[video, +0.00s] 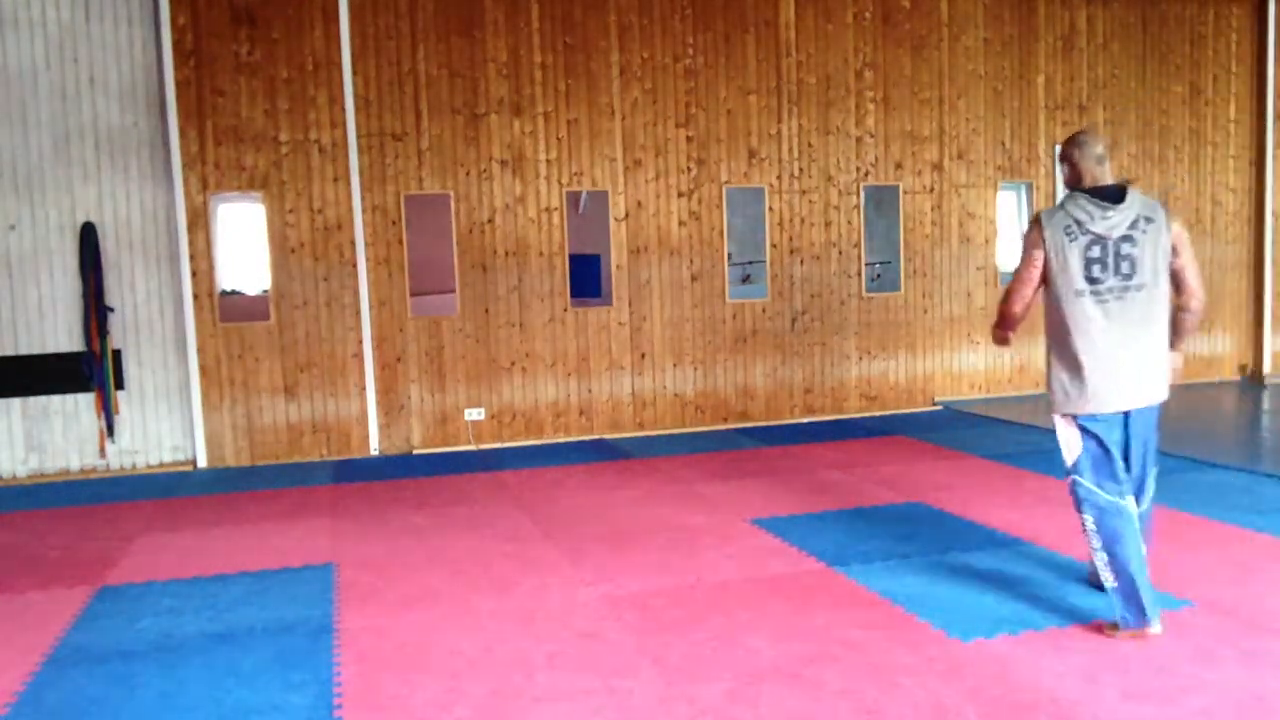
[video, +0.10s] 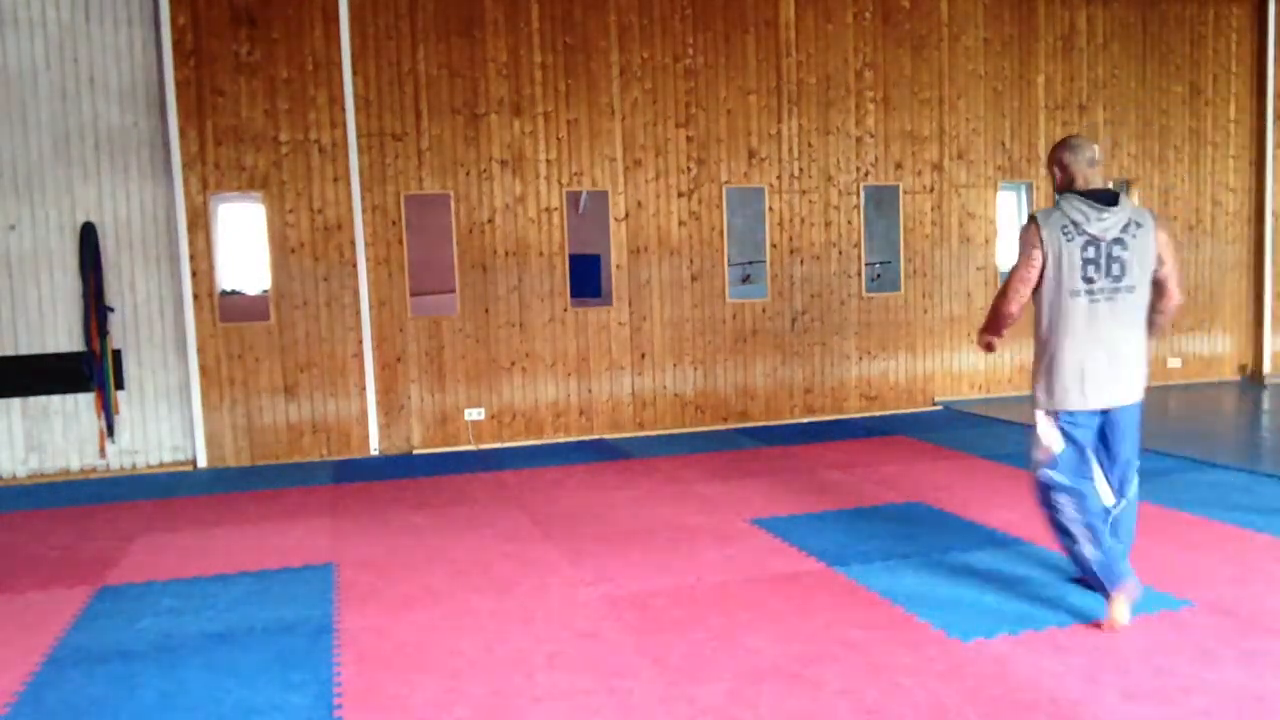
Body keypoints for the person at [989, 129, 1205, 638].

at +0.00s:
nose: (1063, 173)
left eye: (1063, 165)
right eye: (1067, 164)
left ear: (1068, 168)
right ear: (1111, 164)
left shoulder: (1050, 225)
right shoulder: (1160, 217)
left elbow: (1016, 305)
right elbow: (1193, 301)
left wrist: (1003, 330)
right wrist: (1174, 343)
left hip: (1085, 384)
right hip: (1147, 379)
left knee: (1102, 494)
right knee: (1138, 486)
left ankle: (1141, 613)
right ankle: (1115, 572)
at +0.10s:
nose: (1051, 178)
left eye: (1051, 171)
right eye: (1054, 170)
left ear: (1058, 172)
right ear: (1100, 168)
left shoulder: (1044, 227)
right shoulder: (1147, 224)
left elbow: (1013, 303)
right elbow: (1170, 298)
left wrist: (990, 333)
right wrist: (1147, 332)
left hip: (1067, 381)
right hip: (1127, 378)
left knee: (1060, 480)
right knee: (1122, 481)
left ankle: (1116, 581)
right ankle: (1107, 570)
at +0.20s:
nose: (1036, 178)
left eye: (1037, 171)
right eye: (1037, 170)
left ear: (1046, 172)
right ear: (1082, 170)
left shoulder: (1036, 221)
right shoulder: (1125, 221)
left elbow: (1008, 298)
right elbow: (1141, 291)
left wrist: (977, 324)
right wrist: (1097, 298)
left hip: (1056, 373)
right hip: (1114, 371)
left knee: (1015, 456)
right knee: (1113, 479)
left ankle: (1070, 550)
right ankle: (1111, 575)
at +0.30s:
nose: (1015, 183)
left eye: (1015, 175)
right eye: (1014, 175)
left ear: (1027, 175)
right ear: (1058, 171)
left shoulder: (1027, 223)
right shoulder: (1101, 219)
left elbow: (992, 296)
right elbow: (1104, 284)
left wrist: (958, 305)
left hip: (1039, 370)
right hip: (1096, 368)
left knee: (993, 450)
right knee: (1102, 472)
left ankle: (1018, 550)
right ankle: (1109, 573)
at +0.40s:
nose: (989, 191)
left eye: (989, 182)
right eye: (988, 182)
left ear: (1002, 181)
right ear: (1032, 176)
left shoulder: (1009, 227)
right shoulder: (1072, 220)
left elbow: (979, 294)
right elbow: (1057, 283)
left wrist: (936, 289)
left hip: (1022, 373)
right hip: (1075, 369)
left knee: (983, 460)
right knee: (1090, 471)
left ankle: (961, 551)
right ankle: (1106, 569)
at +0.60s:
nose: (935, 211)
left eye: (935, 201)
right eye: (933, 202)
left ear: (950, 195)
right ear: (968, 189)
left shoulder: (961, 241)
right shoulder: (1014, 228)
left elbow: (933, 309)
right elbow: (993, 281)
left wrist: (886, 302)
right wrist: (938, 271)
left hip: (976, 376)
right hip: (1020, 371)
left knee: (951, 466)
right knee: (1022, 458)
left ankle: (944, 557)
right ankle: (1071, 529)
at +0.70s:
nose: (910, 215)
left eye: (910, 206)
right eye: (908, 207)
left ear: (927, 199)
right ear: (943, 193)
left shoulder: (942, 243)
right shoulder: (984, 226)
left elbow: (920, 312)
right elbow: (968, 291)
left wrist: (874, 312)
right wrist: (917, 285)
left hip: (962, 375)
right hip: (998, 368)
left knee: (941, 465)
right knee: (979, 450)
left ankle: (940, 557)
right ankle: (1026, 510)